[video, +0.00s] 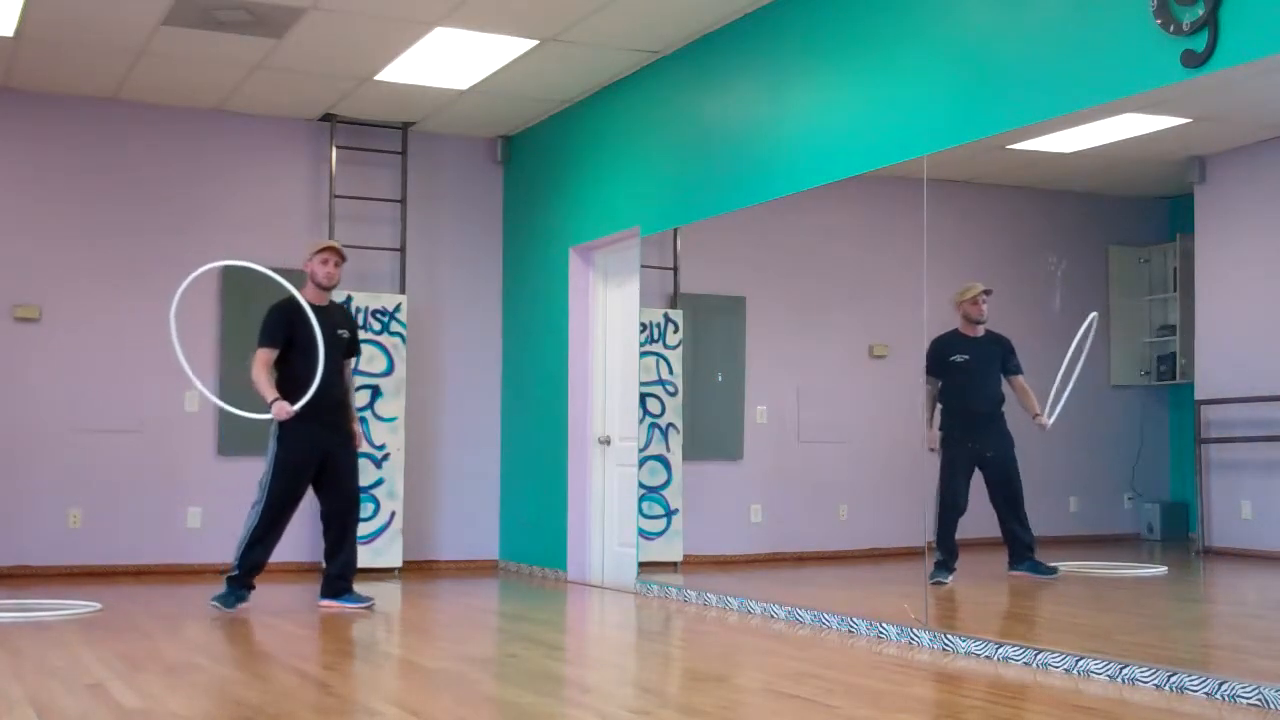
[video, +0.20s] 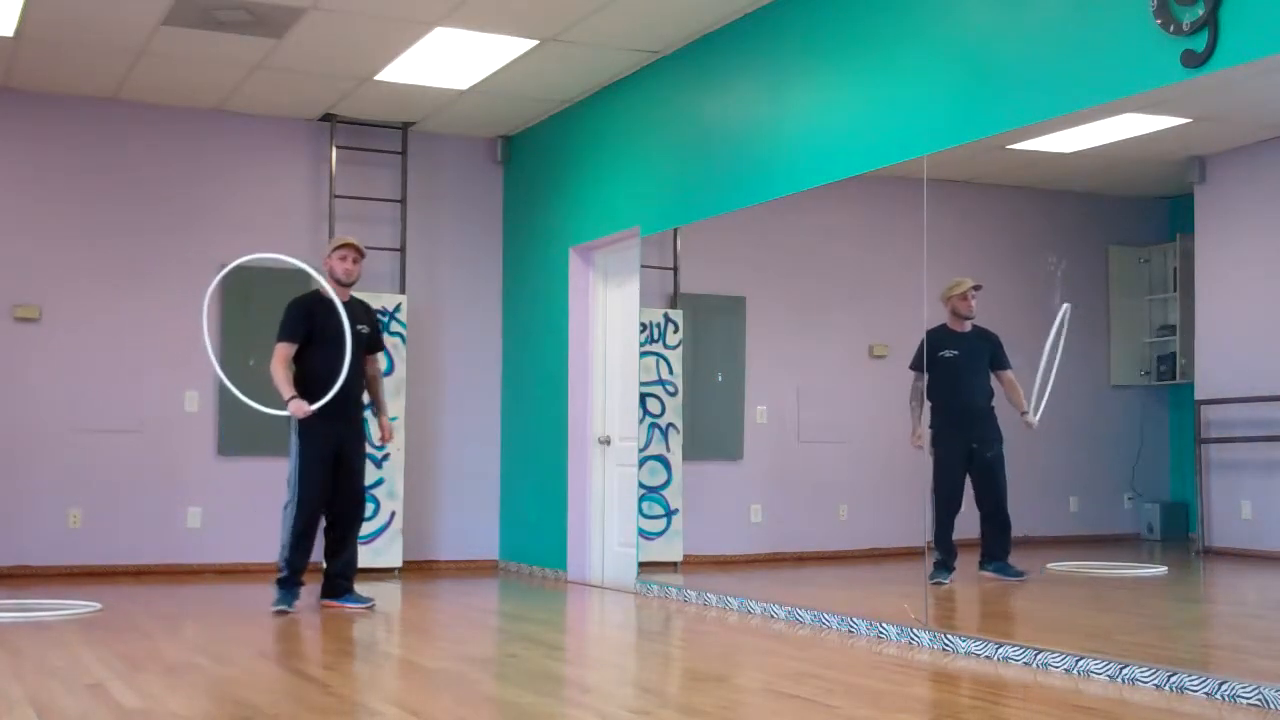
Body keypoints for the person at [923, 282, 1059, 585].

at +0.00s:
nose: (982, 307)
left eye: (984, 302)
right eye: (975, 303)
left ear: (987, 307)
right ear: (961, 308)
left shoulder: (1000, 344)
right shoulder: (941, 345)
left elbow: (1018, 383)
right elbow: (931, 392)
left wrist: (1036, 412)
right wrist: (929, 428)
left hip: (994, 432)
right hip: (957, 434)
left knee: (1010, 496)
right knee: (952, 503)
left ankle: (1021, 558)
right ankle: (944, 564)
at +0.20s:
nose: (971, 302)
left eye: (973, 297)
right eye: (964, 298)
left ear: (974, 301)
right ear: (948, 303)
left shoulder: (988, 339)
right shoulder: (932, 340)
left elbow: (1007, 379)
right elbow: (918, 386)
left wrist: (1024, 409)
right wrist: (916, 426)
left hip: (985, 430)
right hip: (948, 433)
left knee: (994, 500)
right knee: (946, 502)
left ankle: (994, 559)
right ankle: (944, 564)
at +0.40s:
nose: (970, 301)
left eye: (971, 296)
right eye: (963, 297)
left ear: (973, 301)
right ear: (948, 303)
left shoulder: (989, 339)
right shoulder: (934, 339)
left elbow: (1007, 375)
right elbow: (919, 385)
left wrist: (1015, 398)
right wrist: (921, 423)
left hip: (982, 431)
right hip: (946, 431)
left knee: (979, 502)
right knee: (945, 502)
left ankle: (972, 564)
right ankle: (942, 564)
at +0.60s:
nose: (967, 303)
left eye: (970, 298)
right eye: (960, 299)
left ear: (976, 302)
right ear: (948, 305)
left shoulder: (991, 340)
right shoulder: (935, 339)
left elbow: (1011, 381)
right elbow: (922, 387)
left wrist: (1014, 404)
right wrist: (923, 425)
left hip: (980, 434)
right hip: (942, 434)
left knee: (976, 503)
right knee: (937, 502)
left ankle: (970, 564)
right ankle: (925, 569)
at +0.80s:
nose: (954, 304)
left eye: (959, 299)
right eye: (947, 300)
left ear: (967, 305)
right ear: (939, 307)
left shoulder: (984, 340)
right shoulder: (930, 341)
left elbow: (1004, 375)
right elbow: (917, 389)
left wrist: (1005, 402)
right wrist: (916, 427)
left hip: (977, 433)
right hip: (940, 433)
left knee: (976, 502)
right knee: (927, 502)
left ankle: (970, 565)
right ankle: (913, 572)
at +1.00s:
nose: (945, 304)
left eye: (950, 299)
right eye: (938, 300)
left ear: (959, 304)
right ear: (930, 307)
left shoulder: (975, 333)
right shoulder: (922, 343)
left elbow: (984, 355)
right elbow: (910, 391)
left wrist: (984, 372)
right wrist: (909, 430)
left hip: (974, 430)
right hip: (937, 433)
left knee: (975, 502)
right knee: (923, 502)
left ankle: (972, 565)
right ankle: (902, 571)